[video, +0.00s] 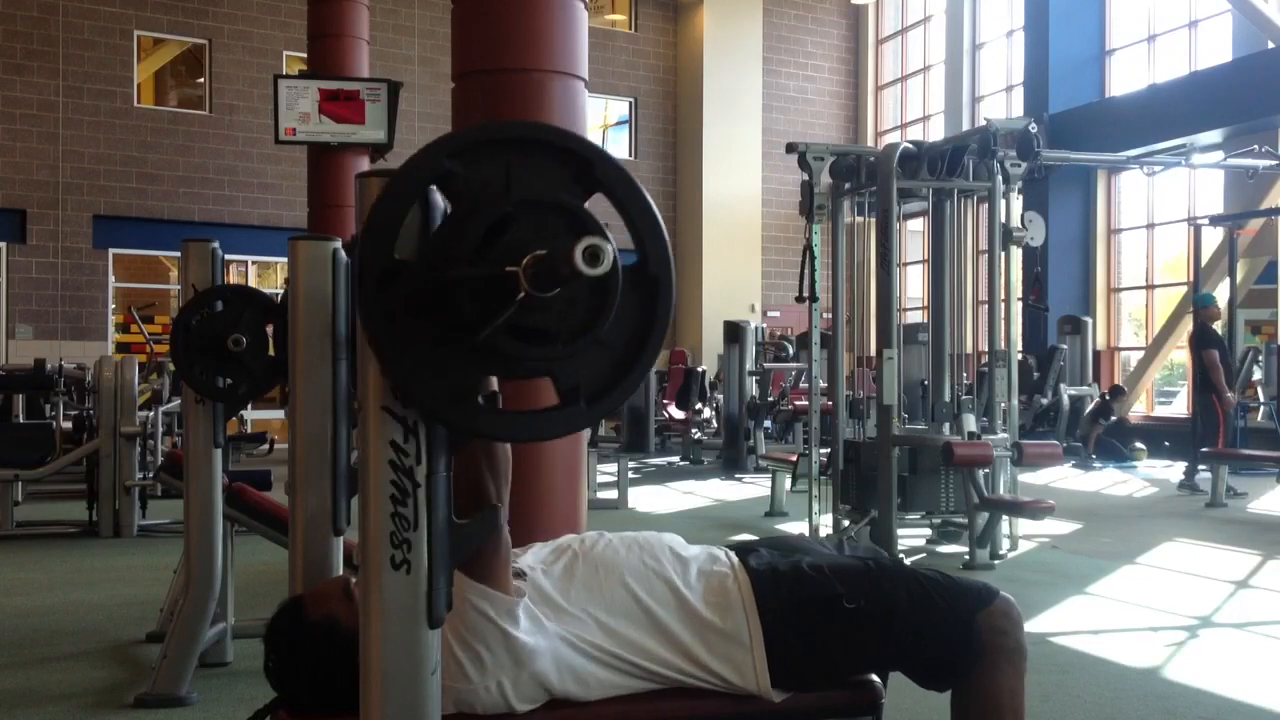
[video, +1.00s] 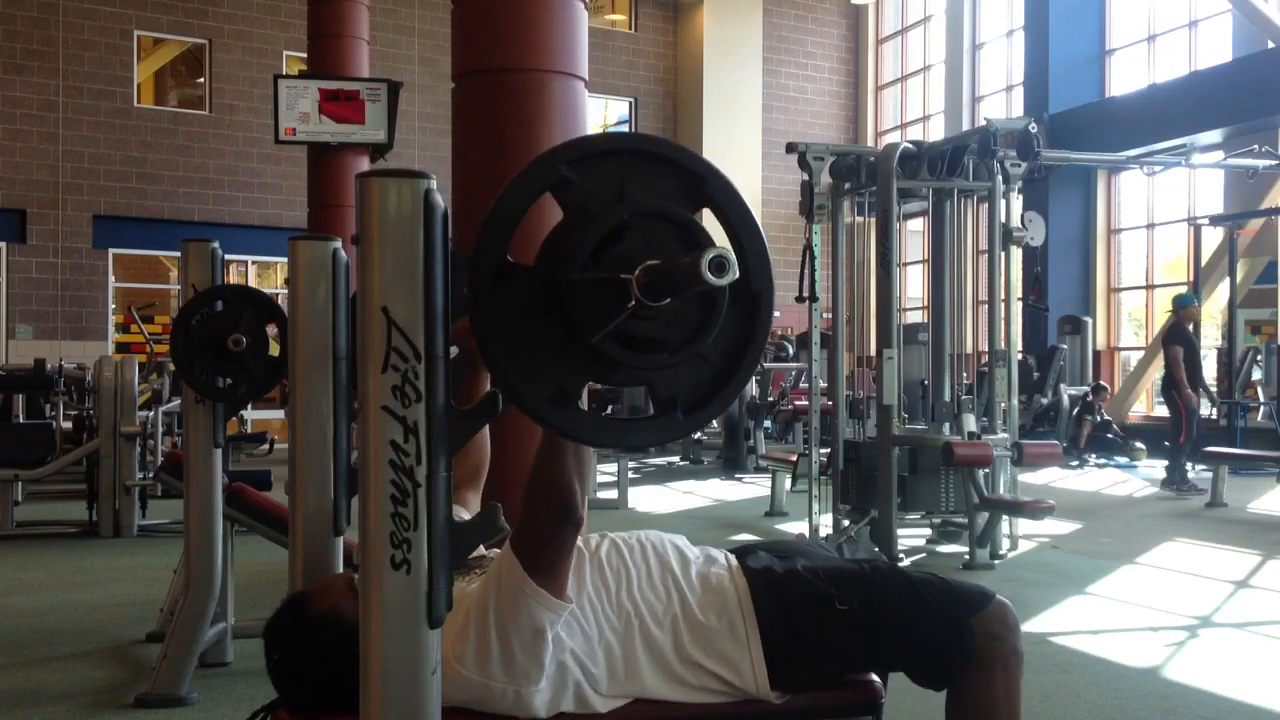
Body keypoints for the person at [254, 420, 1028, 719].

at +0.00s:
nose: (363, 570)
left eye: (347, 571)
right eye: (351, 586)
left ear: (346, 669)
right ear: (361, 647)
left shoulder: (452, 640)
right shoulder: (467, 667)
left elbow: (466, 512)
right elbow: (479, 499)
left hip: (726, 578)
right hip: (753, 606)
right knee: (992, 623)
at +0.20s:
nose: (356, 575)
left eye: (339, 580)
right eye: (341, 593)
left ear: (349, 655)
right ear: (361, 637)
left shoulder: (453, 642)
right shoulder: (470, 656)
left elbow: (496, 499)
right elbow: (503, 494)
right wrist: (471, 331)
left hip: (718, 589)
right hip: (750, 608)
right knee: (991, 626)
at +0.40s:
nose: (359, 566)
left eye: (339, 567)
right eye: (344, 583)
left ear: (343, 658)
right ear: (358, 632)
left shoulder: (457, 653)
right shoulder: (474, 662)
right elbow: (521, 490)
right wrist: (506, 327)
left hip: (720, 608)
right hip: (756, 606)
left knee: (859, 685)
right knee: (986, 624)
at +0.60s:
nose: (356, 570)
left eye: (338, 577)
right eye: (345, 588)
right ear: (363, 637)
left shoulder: (453, 659)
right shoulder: (473, 672)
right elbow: (529, 502)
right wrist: (536, 317)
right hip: (740, 615)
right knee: (981, 623)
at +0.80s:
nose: (364, 566)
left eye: (347, 570)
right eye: (350, 583)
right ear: (361, 635)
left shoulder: (452, 634)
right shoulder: (484, 666)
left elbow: (461, 483)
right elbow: (550, 515)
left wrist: (476, 372)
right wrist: (551, 342)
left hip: (724, 581)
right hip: (750, 612)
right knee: (986, 626)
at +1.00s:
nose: (363, 573)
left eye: (349, 575)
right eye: (351, 590)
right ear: (366, 649)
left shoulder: (449, 629)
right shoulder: (482, 676)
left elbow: (463, 484)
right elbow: (552, 517)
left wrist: (480, 374)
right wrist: (560, 347)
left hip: (719, 580)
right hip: (747, 614)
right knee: (985, 625)